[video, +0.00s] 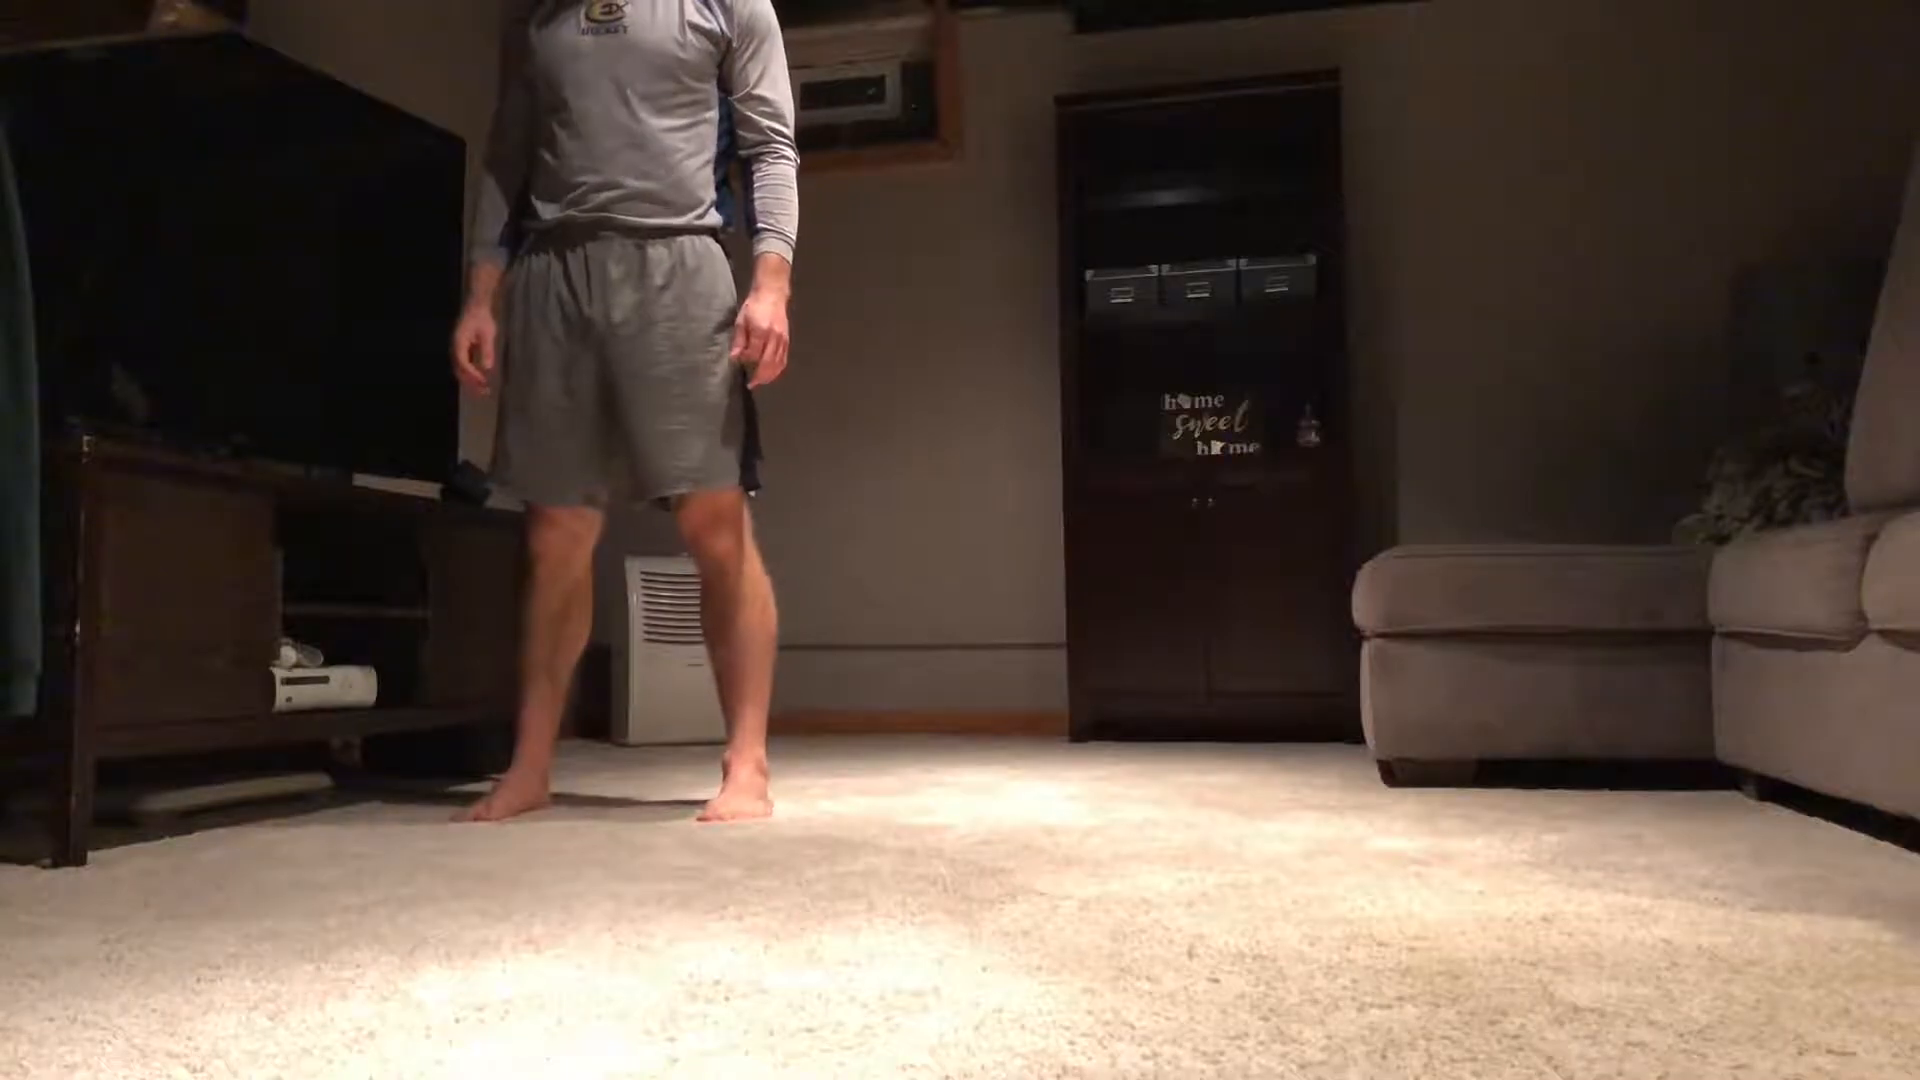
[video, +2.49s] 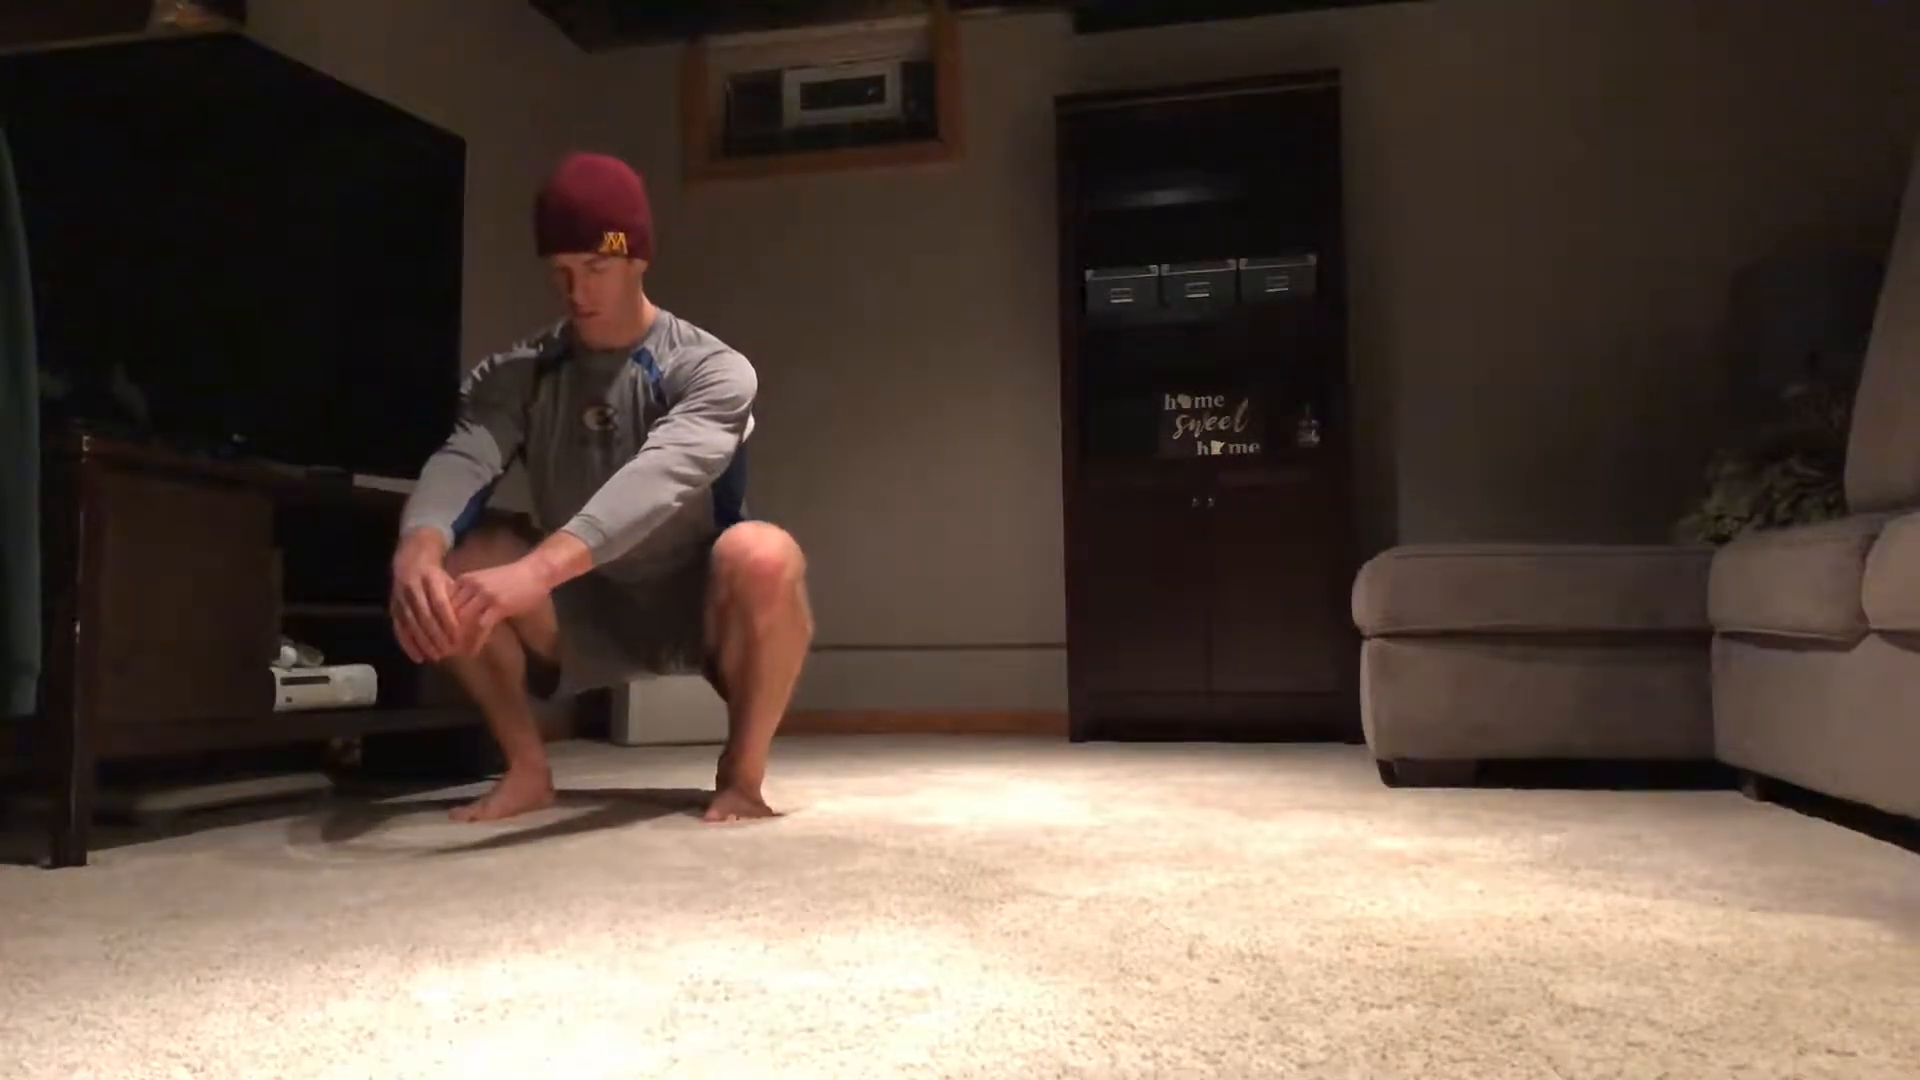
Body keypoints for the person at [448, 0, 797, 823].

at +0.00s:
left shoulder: (733, 8)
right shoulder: (536, 18)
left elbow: (771, 147)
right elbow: (506, 159)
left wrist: (771, 284)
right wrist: (481, 293)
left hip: (676, 265)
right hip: (554, 274)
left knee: (714, 526)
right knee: (555, 533)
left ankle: (747, 770)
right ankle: (529, 773)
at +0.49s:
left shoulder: (729, 8)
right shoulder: (533, 17)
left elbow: (767, 149)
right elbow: (499, 153)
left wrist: (771, 292)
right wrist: (473, 293)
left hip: (673, 268)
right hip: (549, 275)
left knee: (709, 529)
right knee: (552, 537)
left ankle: (746, 769)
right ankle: (529, 772)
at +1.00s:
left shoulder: (699, 15)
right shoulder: (509, 31)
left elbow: (738, 166)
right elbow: (472, 164)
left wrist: (712, 324)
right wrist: (446, 314)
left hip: (702, 301)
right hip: (579, 309)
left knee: (742, 516)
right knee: (530, 522)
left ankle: (747, 770)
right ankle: (528, 772)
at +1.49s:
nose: (563, 81)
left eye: (583, 57)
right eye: (548, 61)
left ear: (625, 57)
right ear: (534, 67)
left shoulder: (704, 177)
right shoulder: (507, 184)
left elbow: (668, 316)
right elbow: (469, 302)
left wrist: (578, 439)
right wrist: (442, 429)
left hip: (722, 405)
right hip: (598, 416)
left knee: (755, 523)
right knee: (478, 525)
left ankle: (746, 780)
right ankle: (527, 773)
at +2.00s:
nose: (567, 215)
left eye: (585, 193)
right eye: (552, 195)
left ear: (629, 183)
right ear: (538, 192)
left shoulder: (709, 302)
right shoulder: (508, 302)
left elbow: (653, 422)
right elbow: (462, 398)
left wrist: (538, 518)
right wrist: (427, 496)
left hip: (698, 532)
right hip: (578, 540)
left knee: (769, 542)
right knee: (445, 559)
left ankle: (744, 778)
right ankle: (525, 770)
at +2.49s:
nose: (576, 294)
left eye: (593, 269)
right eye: (561, 272)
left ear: (637, 261)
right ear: (547, 270)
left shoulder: (715, 373)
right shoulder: (516, 374)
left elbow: (656, 483)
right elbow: (464, 459)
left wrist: (533, 572)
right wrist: (416, 551)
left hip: (695, 611)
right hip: (581, 613)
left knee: (764, 554)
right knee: (454, 569)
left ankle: (743, 777)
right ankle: (526, 770)